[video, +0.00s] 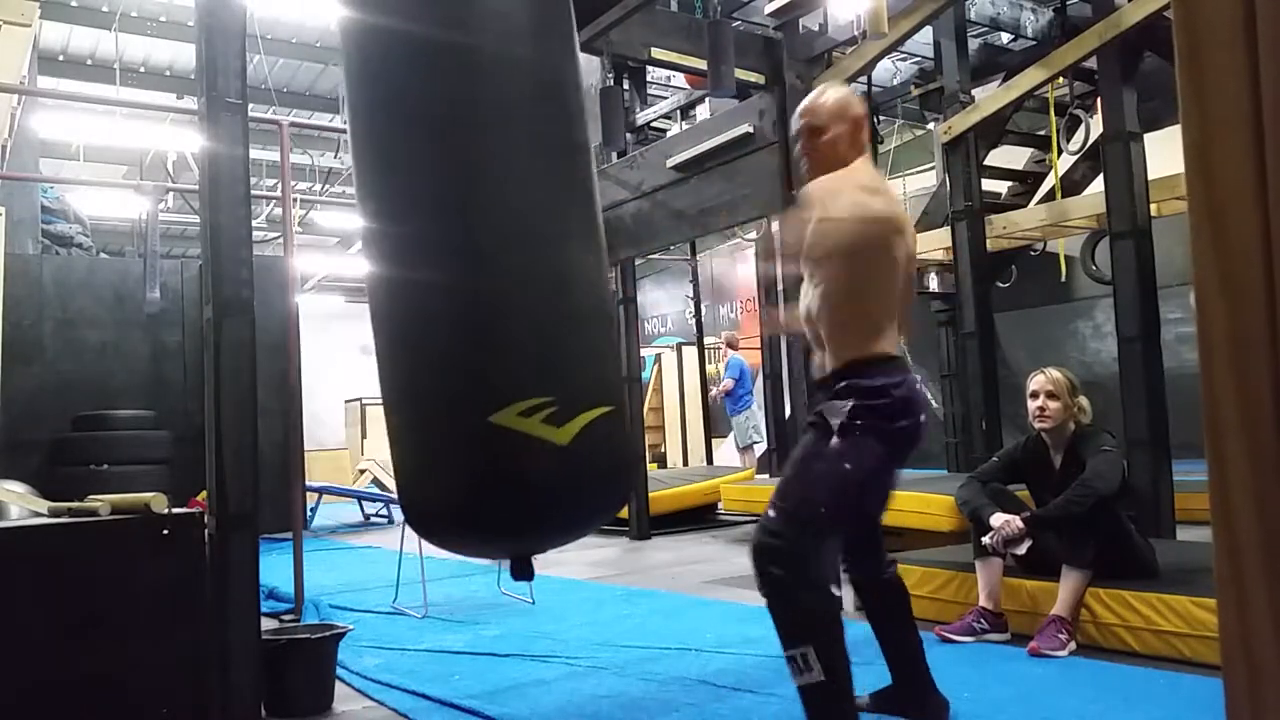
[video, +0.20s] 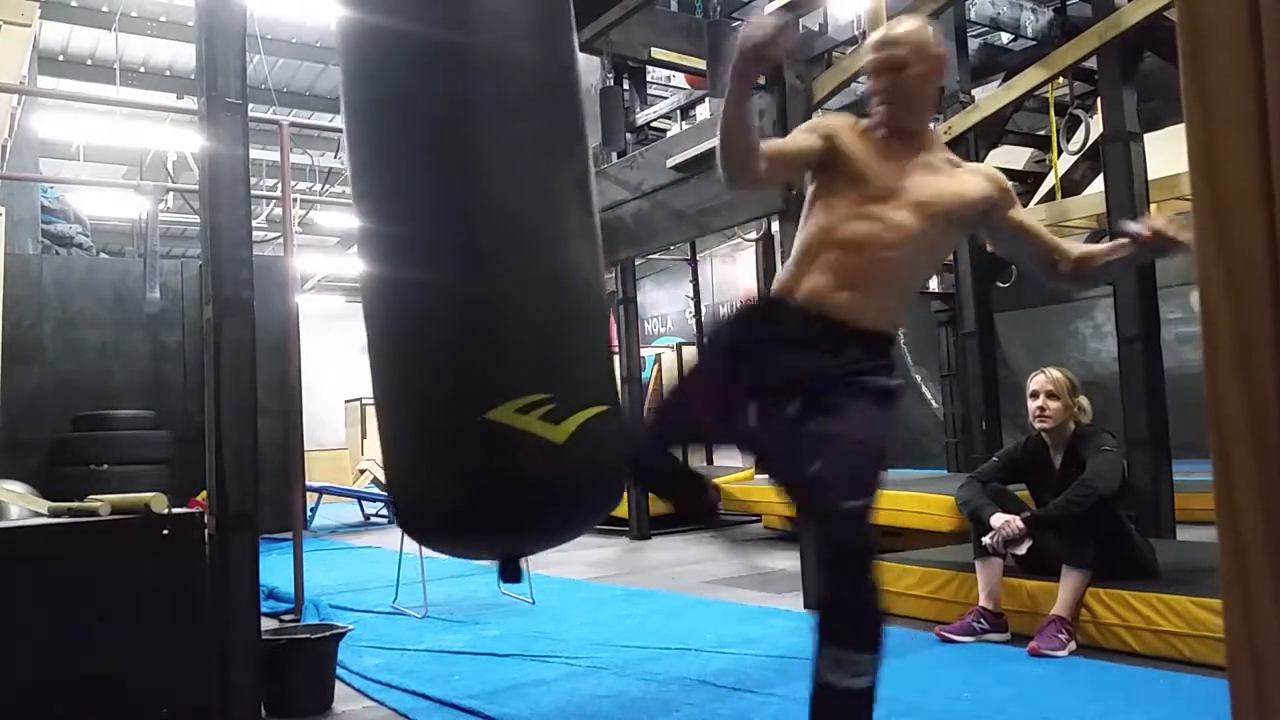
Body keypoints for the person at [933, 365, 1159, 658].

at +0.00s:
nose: (1041, 404)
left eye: (1052, 397)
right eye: (1034, 397)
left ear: (1072, 406)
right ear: (1026, 406)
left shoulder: (1097, 442)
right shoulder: (1027, 449)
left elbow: (1100, 485)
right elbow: (968, 488)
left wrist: (1027, 522)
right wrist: (992, 516)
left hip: (1117, 559)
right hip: (1059, 556)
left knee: (1087, 504)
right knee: (988, 495)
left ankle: (1061, 621)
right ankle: (989, 612)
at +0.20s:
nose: (1041, 404)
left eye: (1052, 397)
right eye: (1034, 396)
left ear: (1072, 406)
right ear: (1026, 406)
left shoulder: (1097, 442)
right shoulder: (1027, 449)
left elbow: (1100, 485)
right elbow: (968, 488)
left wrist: (1027, 522)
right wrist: (992, 516)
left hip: (1117, 559)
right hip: (1058, 556)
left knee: (1086, 504)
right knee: (988, 495)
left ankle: (1061, 621)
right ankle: (989, 612)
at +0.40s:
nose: (1041, 404)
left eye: (1052, 396)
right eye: (1034, 396)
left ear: (1072, 406)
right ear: (1027, 405)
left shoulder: (1097, 442)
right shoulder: (1027, 449)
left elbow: (1100, 485)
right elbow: (968, 488)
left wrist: (1027, 522)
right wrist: (992, 516)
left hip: (1117, 559)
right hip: (1058, 556)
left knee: (1090, 504)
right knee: (988, 495)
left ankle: (1061, 620)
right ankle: (989, 612)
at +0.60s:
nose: (1042, 404)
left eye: (1053, 396)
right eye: (1035, 396)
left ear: (1072, 406)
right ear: (1027, 405)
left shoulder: (1097, 442)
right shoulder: (1027, 449)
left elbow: (1100, 485)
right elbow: (968, 488)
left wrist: (1027, 522)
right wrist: (992, 517)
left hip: (1117, 559)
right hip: (1058, 556)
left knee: (1090, 504)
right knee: (989, 496)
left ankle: (1061, 620)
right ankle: (989, 612)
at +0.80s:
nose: (1041, 404)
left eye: (1052, 396)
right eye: (1035, 396)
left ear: (1072, 406)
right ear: (1027, 405)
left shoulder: (1097, 442)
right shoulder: (1027, 449)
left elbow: (1100, 485)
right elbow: (968, 488)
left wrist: (1027, 522)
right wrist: (992, 517)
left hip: (1117, 559)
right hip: (1058, 556)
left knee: (1089, 503)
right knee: (988, 495)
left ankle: (1061, 620)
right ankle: (989, 612)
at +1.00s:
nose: (1042, 404)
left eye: (1052, 397)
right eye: (1035, 396)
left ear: (1072, 406)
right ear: (1027, 405)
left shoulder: (1098, 442)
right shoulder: (1027, 448)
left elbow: (1099, 486)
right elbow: (967, 488)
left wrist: (1027, 523)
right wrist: (993, 517)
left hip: (1117, 559)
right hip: (1058, 556)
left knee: (1090, 505)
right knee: (988, 496)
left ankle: (1061, 621)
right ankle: (989, 612)